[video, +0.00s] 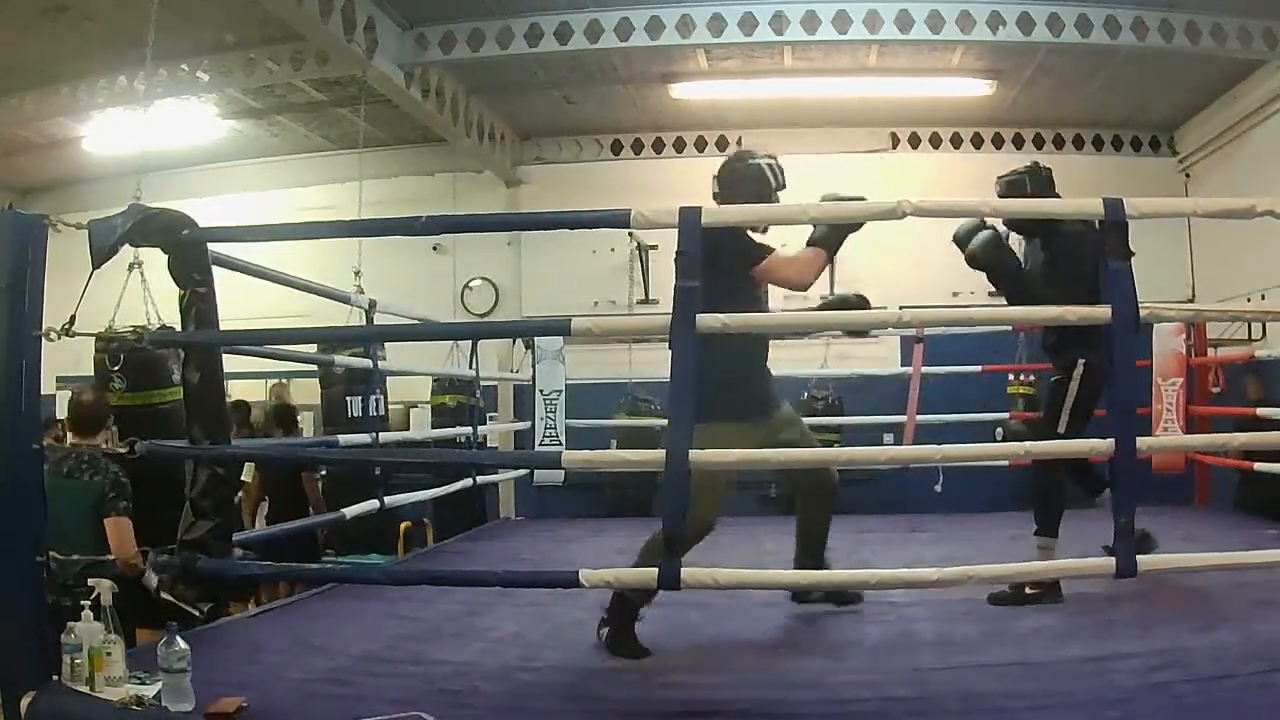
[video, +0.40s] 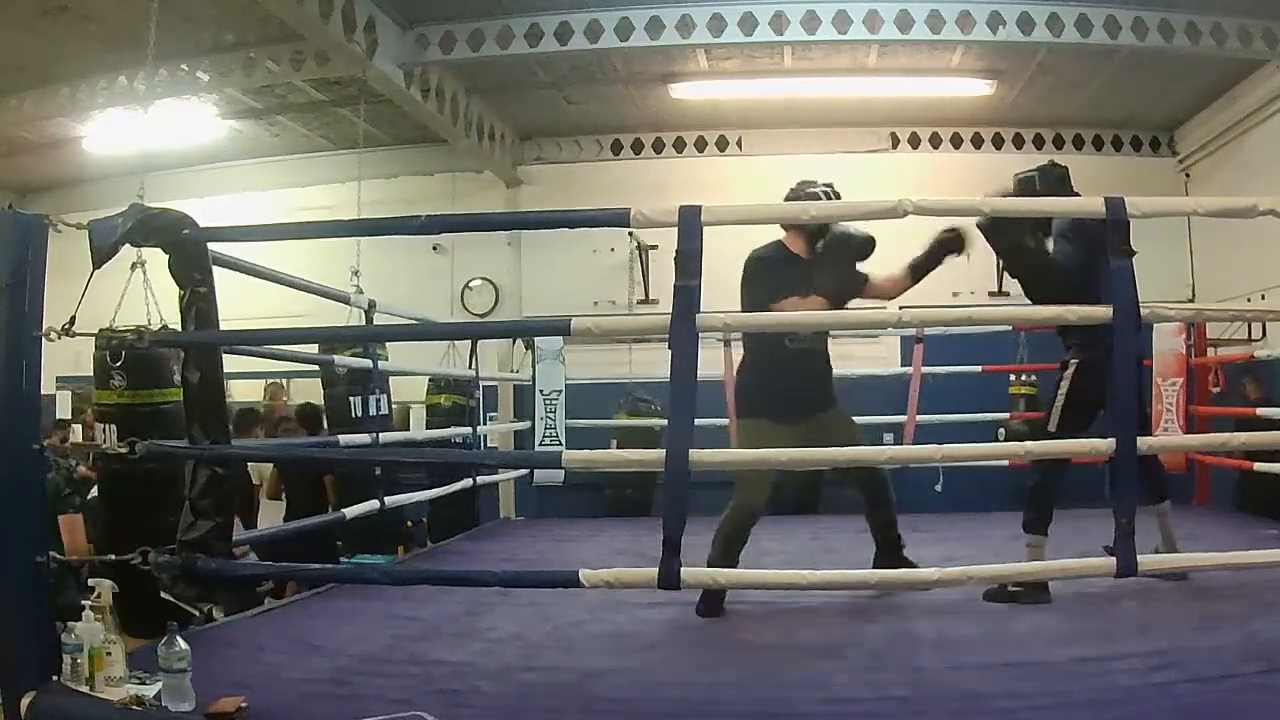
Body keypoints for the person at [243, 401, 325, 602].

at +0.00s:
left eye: (267, 422)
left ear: (271, 422)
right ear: (295, 421)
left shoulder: (264, 451)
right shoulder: (302, 449)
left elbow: (256, 494)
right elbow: (314, 496)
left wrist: (249, 526)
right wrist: (325, 524)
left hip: (274, 520)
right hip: (300, 519)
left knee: (274, 576)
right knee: (302, 575)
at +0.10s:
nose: (302, 426)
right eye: (300, 422)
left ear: (275, 425)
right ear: (298, 425)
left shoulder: (266, 453)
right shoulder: (304, 452)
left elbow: (257, 495)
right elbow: (317, 494)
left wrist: (247, 535)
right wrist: (330, 522)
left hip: (276, 522)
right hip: (304, 522)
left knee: (276, 580)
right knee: (303, 577)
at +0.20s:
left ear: (281, 424)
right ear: (304, 423)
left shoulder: (273, 452)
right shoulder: (310, 450)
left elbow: (263, 494)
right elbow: (321, 496)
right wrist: (333, 524)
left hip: (281, 519)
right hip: (308, 520)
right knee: (308, 574)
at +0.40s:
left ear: (299, 425)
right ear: (321, 424)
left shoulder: (287, 451)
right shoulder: (325, 452)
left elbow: (271, 492)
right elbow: (333, 498)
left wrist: (291, 494)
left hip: (292, 524)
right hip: (320, 524)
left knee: (294, 579)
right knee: (324, 576)